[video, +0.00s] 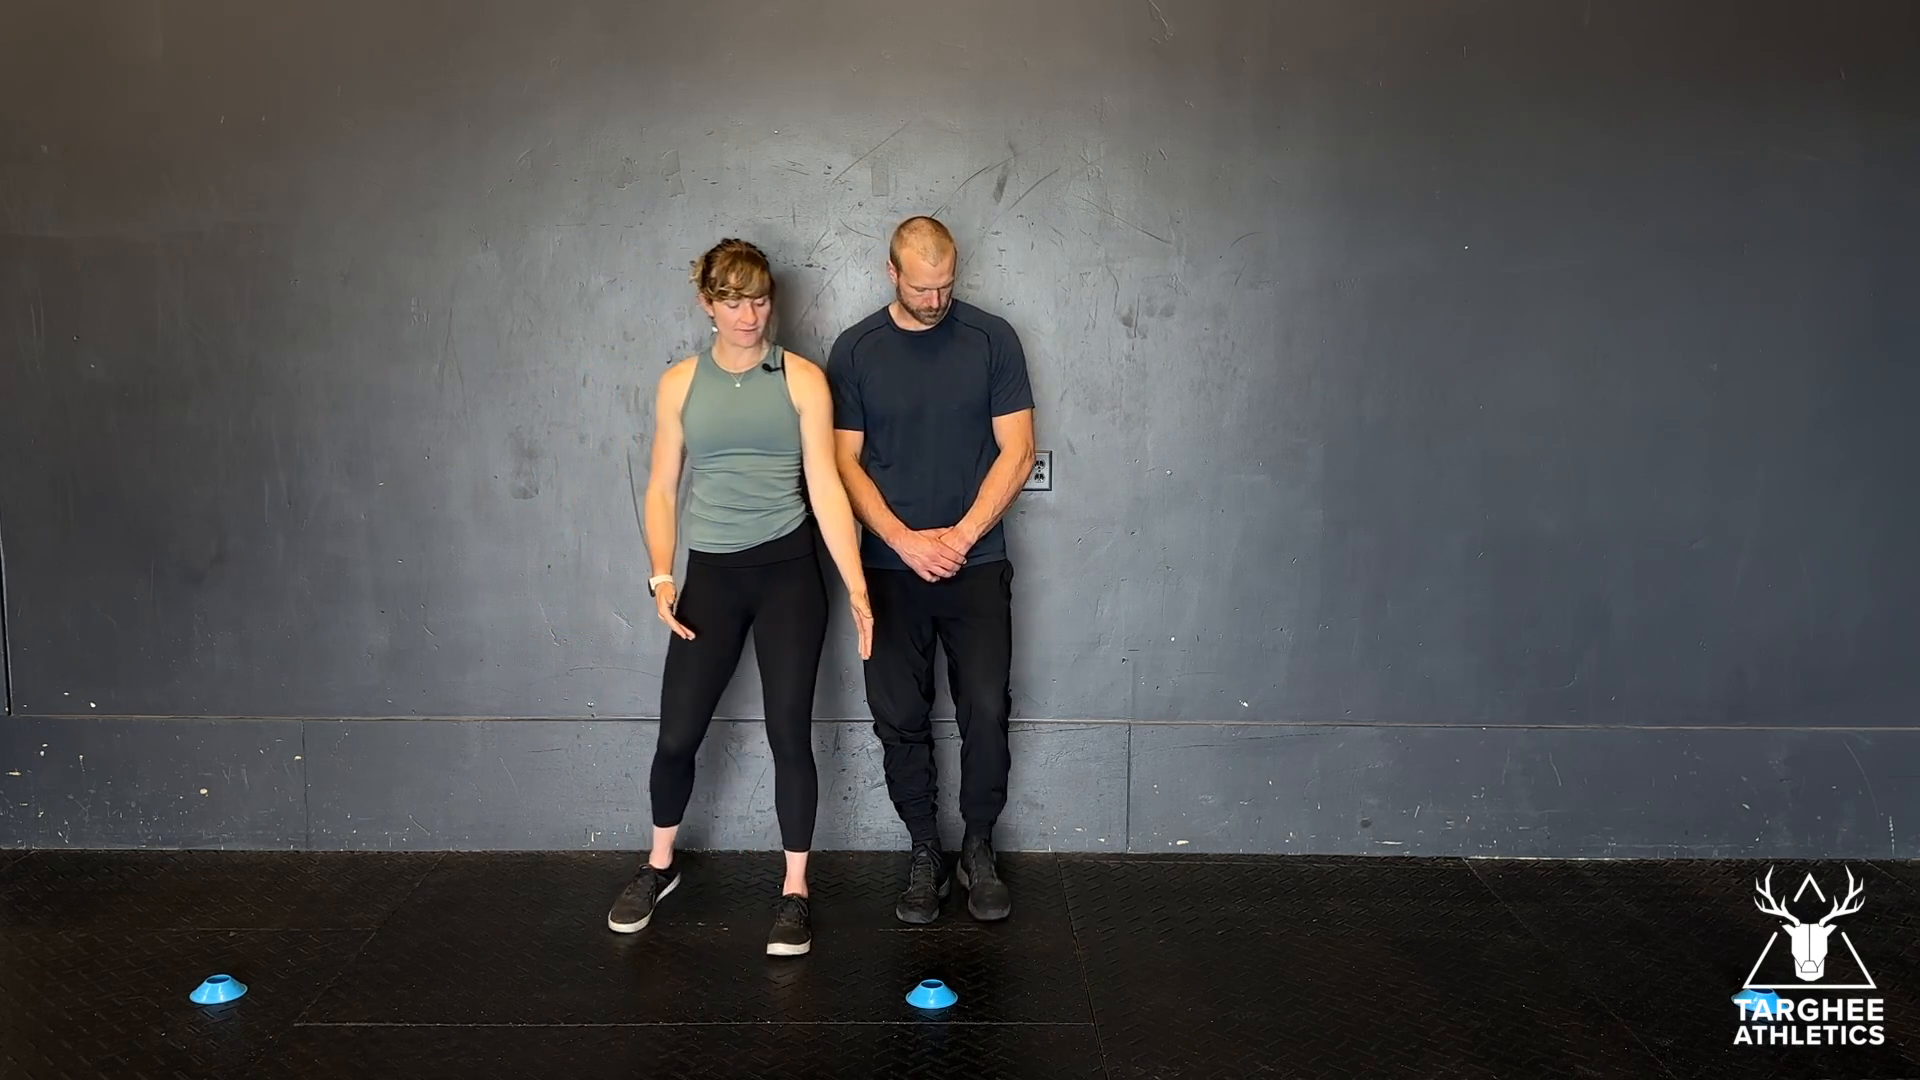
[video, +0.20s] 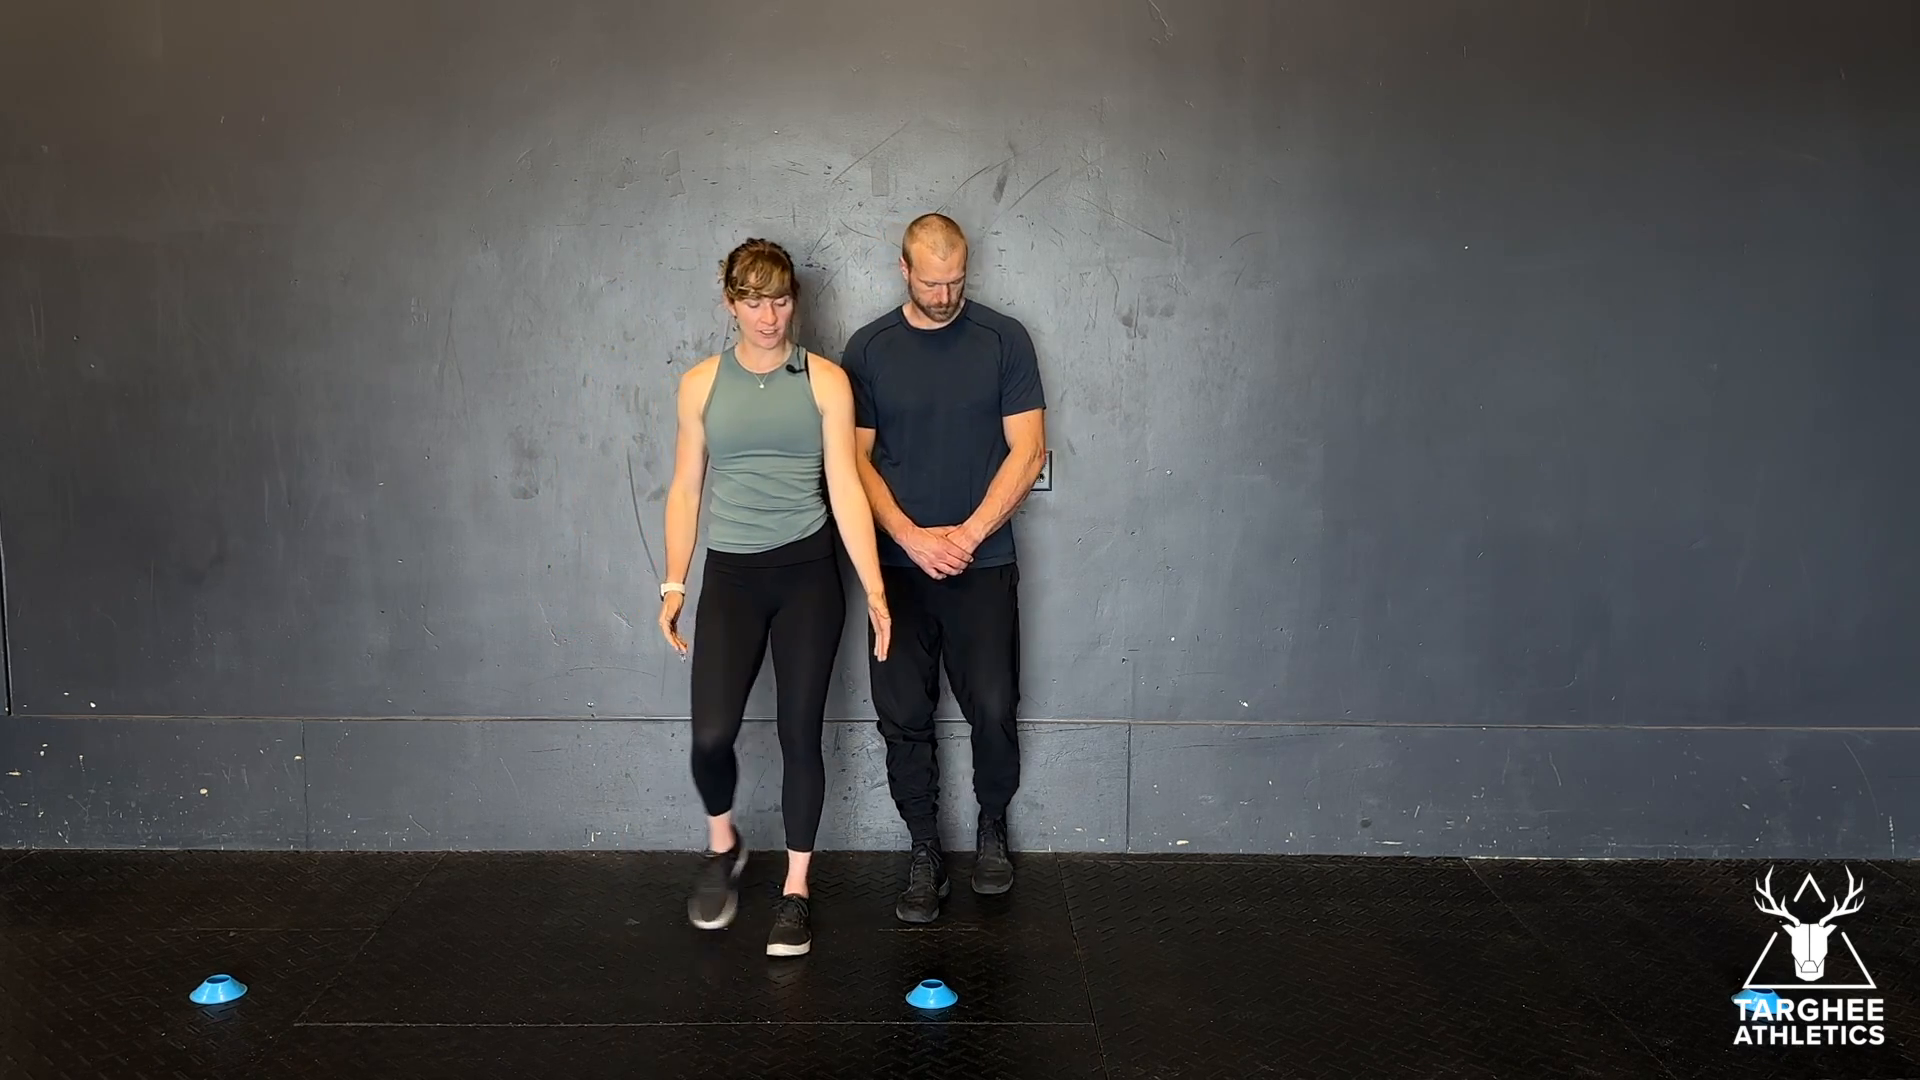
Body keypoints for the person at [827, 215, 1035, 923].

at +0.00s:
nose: (934, 294)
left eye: (943, 282)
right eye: (921, 283)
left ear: (954, 270)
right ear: (893, 272)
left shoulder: (990, 339)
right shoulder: (854, 352)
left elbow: (1019, 453)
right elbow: (845, 464)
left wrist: (962, 535)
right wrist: (901, 537)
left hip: (975, 559)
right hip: (888, 561)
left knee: (986, 709)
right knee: (899, 715)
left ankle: (978, 849)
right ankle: (925, 853)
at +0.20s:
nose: (945, 291)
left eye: (954, 278)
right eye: (932, 280)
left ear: (965, 268)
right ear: (905, 270)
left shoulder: (1003, 340)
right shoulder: (868, 350)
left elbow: (1028, 454)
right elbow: (855, 462)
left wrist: (968, 535)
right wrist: (908, 534)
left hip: (980, 559)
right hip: (894, 559)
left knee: (992, 709)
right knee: (903, 715)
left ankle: (992, 833)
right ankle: (925, 853)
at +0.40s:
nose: (963, 286)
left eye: (973, 274)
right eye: (950, 275)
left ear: (985, 264)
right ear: (926, 266)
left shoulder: (1021, 338)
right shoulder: (888, 343)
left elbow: (1044, 452)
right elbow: (874, 454)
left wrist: (983, 532)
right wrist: (924, 530)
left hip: (998, 555)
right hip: (912, 554)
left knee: (998, 703)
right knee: (915, 709)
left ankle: (994, 832)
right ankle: (923, 850)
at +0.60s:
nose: (981, 288)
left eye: (992, 276)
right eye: (968, 277)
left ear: (1005, 267)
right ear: (946, 266)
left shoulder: (1039, 338)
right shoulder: (907, 343)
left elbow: (1064, 451)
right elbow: (892, 455)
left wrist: (1007, 532)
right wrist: (950, 532)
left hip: (1016, 553)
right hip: (934, 552)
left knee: (1008, 705)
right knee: (925, 706)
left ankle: (991, 833)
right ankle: (927, 851)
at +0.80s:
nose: (984, 282)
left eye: (995, 270)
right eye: (972, 271)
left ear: (1013, 262)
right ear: (956, 262)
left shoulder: (1051, 339)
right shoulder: (919, 341)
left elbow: (1073, 450)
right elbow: (901, 450)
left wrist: (1014, 529)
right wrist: (957, 527)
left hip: (1024, 551)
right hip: (943, 550)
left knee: (1013, 702)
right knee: (939, 704)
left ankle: (991, 832)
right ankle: (945, 847)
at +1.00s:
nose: (980, 279)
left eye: (991, 267)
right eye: (969, 268)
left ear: (1015, 262)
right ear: (957, 265)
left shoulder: (1056, 340)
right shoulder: (925, 340)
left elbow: (1077, 451)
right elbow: (906, 450)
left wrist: (1019, 530)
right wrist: (962, 526)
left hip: (1028, 552)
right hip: (947, 550)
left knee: (1014, 701)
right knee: (942, 703)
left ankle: (992, 835)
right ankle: (945, 847)